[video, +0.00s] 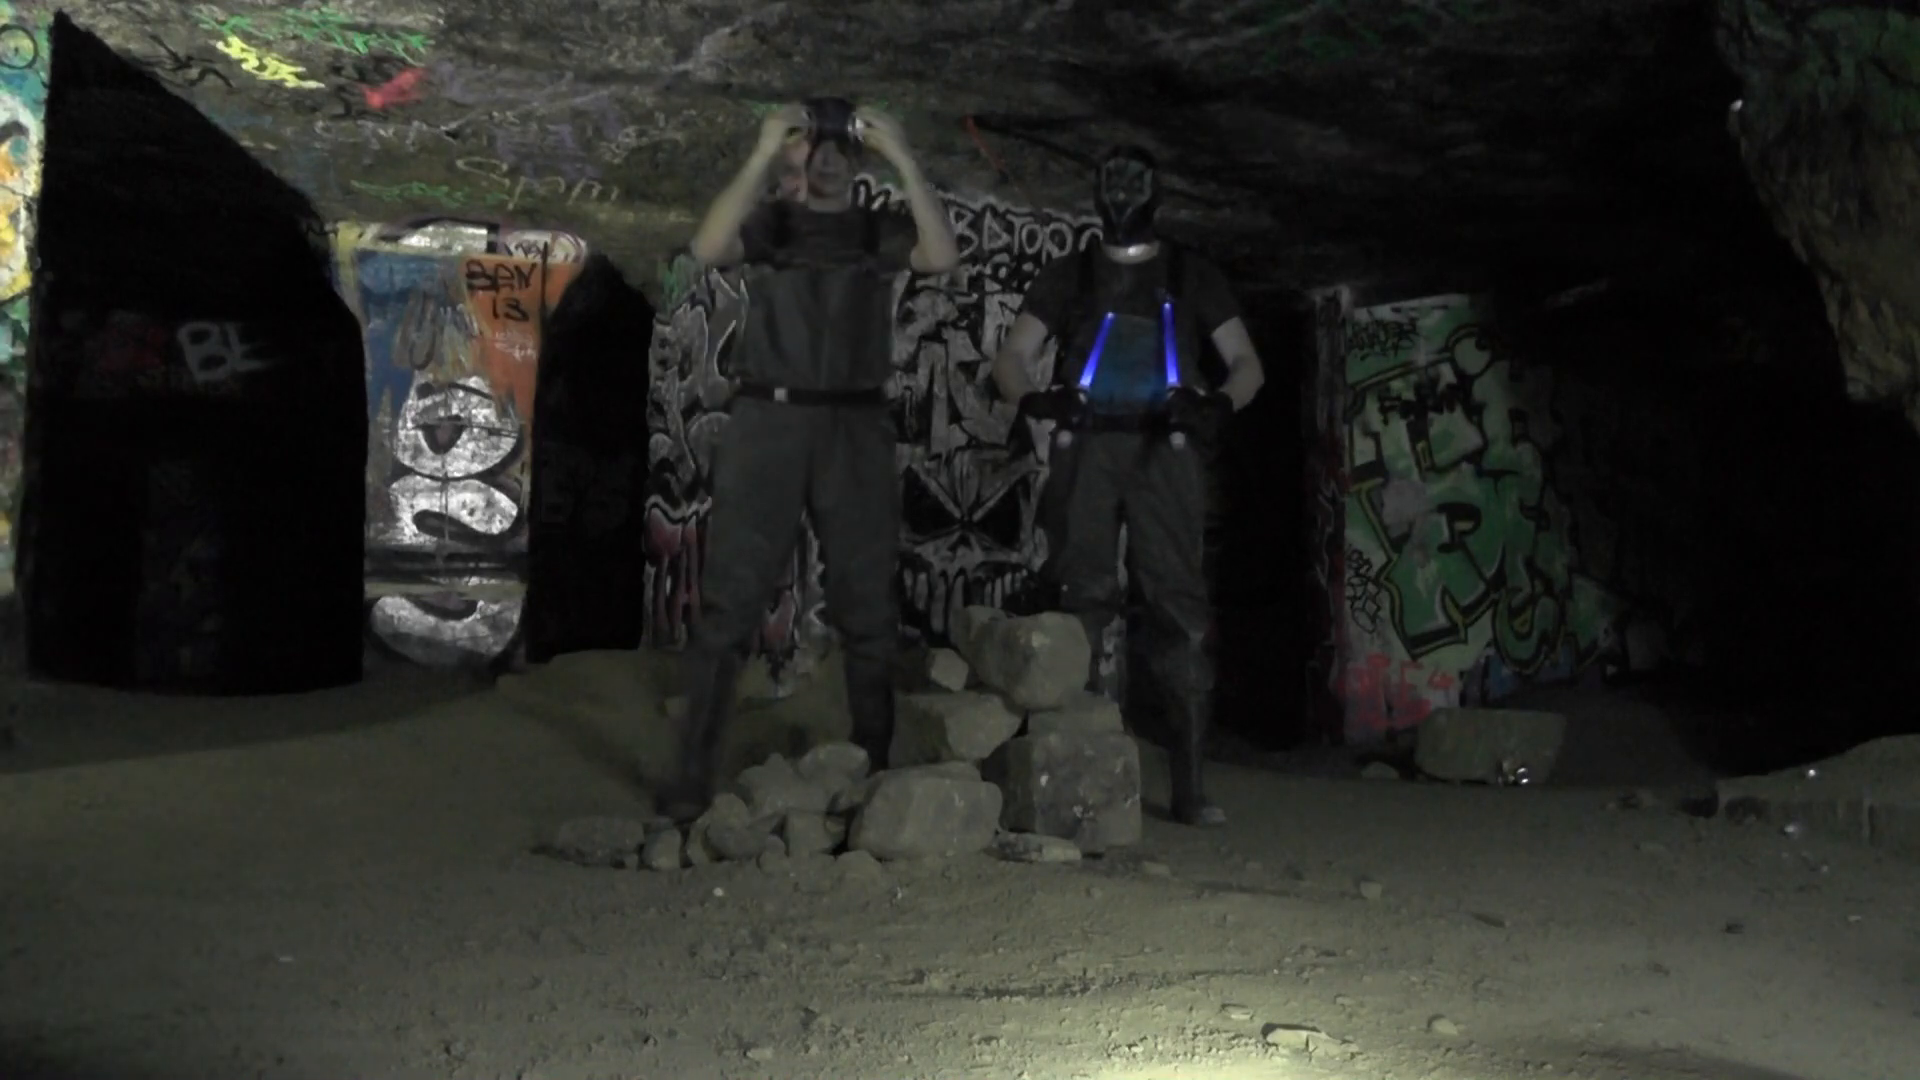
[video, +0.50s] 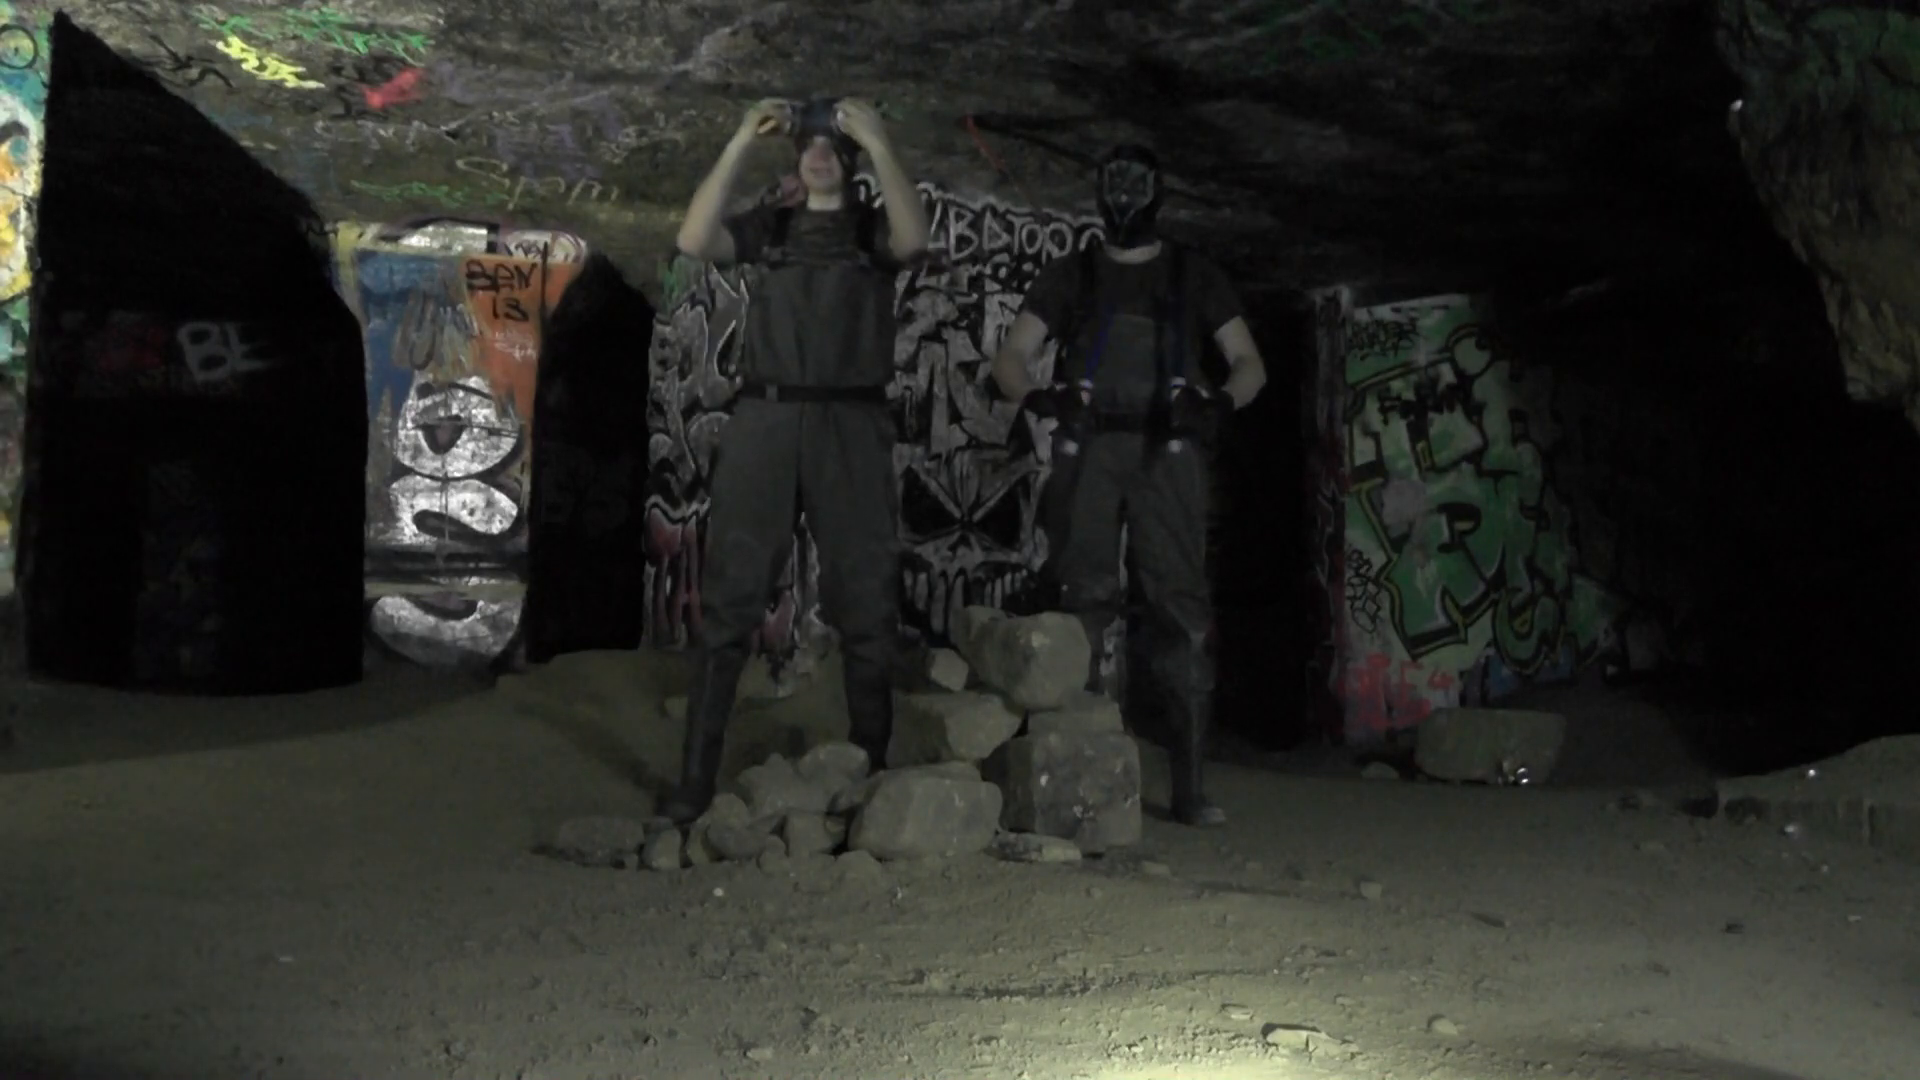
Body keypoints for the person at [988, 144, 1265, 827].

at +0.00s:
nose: (1123, 198)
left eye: (1135, 184)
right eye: (1112, 185)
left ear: (1155, 193)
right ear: (1096, 195)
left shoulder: (1191, 274)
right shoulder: (1069, 274)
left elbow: (1248, 368)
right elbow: (1009, 361)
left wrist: (1215, 408)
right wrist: (1033, 398)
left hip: (1169, 464)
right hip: (1086, 463)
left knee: (1179, 615)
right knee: (1082, 613)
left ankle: (1188, 788)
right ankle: (1081, 785)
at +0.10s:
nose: (1123, 200)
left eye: (1135, 186)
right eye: (1112, 186)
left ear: (1154, 194)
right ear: (1096, 196)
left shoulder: (1191, 274)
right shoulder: (1069, 274)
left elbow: (1248, 368)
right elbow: (1009, 360)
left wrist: (1215, 407)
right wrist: (1033, 398)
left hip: (1169, 464)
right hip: (1087, 463)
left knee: (1179, 616)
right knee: (1083, 614)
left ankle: (1188, 788)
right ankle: (1081, 785)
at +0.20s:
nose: (1124, 199)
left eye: (1136, 185)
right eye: (1113, 185)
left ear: (1155, 194)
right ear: (1097, 195)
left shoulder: (1191, 274)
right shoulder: (1069, 275)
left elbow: (1249, 367)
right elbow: (1009, 360)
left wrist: (1216, 406)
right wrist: (1032, 398)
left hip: (1169, 463)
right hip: (1087, 462)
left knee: (1180, 615)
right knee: (1084, 612)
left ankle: (1188, 788)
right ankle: (1082, 784)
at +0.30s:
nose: (1124, 199)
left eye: (1136, 185)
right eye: (1113, 185)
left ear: (1156, 194)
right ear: (1097, 195)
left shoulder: (1191, 275)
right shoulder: (1069, 274)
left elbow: (1250, 367)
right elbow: (1009, 360)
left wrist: (1217, 406)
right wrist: (1032, 398)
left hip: (1170, 463)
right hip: (1088, 462)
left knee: (1180, 615)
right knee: (1085, 612)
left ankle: (1188, 787)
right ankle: (1084, 783)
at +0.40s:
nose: (1124, 199)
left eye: (1136, 185)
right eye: (1113, 186)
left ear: (1156, 194)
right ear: (1098, 195)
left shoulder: (1191, 273)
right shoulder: (1070, 273)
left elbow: (1250, 367)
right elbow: (1007, 362)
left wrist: (1217, 404)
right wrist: (1036, 396)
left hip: (1170, 461)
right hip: (1088, 459)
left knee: (1180, 615)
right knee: (1084, 612)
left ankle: (1188, 787)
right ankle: (1082, 784)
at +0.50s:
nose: (1125, 200)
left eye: (1137, 186)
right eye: (1114, 186)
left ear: (1157, 195)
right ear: (1099, 195)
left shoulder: (1192, 273)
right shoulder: (1070, 273)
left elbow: (1250, 368)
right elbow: (1007, 362)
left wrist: (1214, 406)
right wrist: (1038, 397)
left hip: (1170, 460)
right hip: (1088, 459)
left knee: (1180, 615)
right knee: (1085, 612)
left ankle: (1187, 788)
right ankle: (1082, 784)